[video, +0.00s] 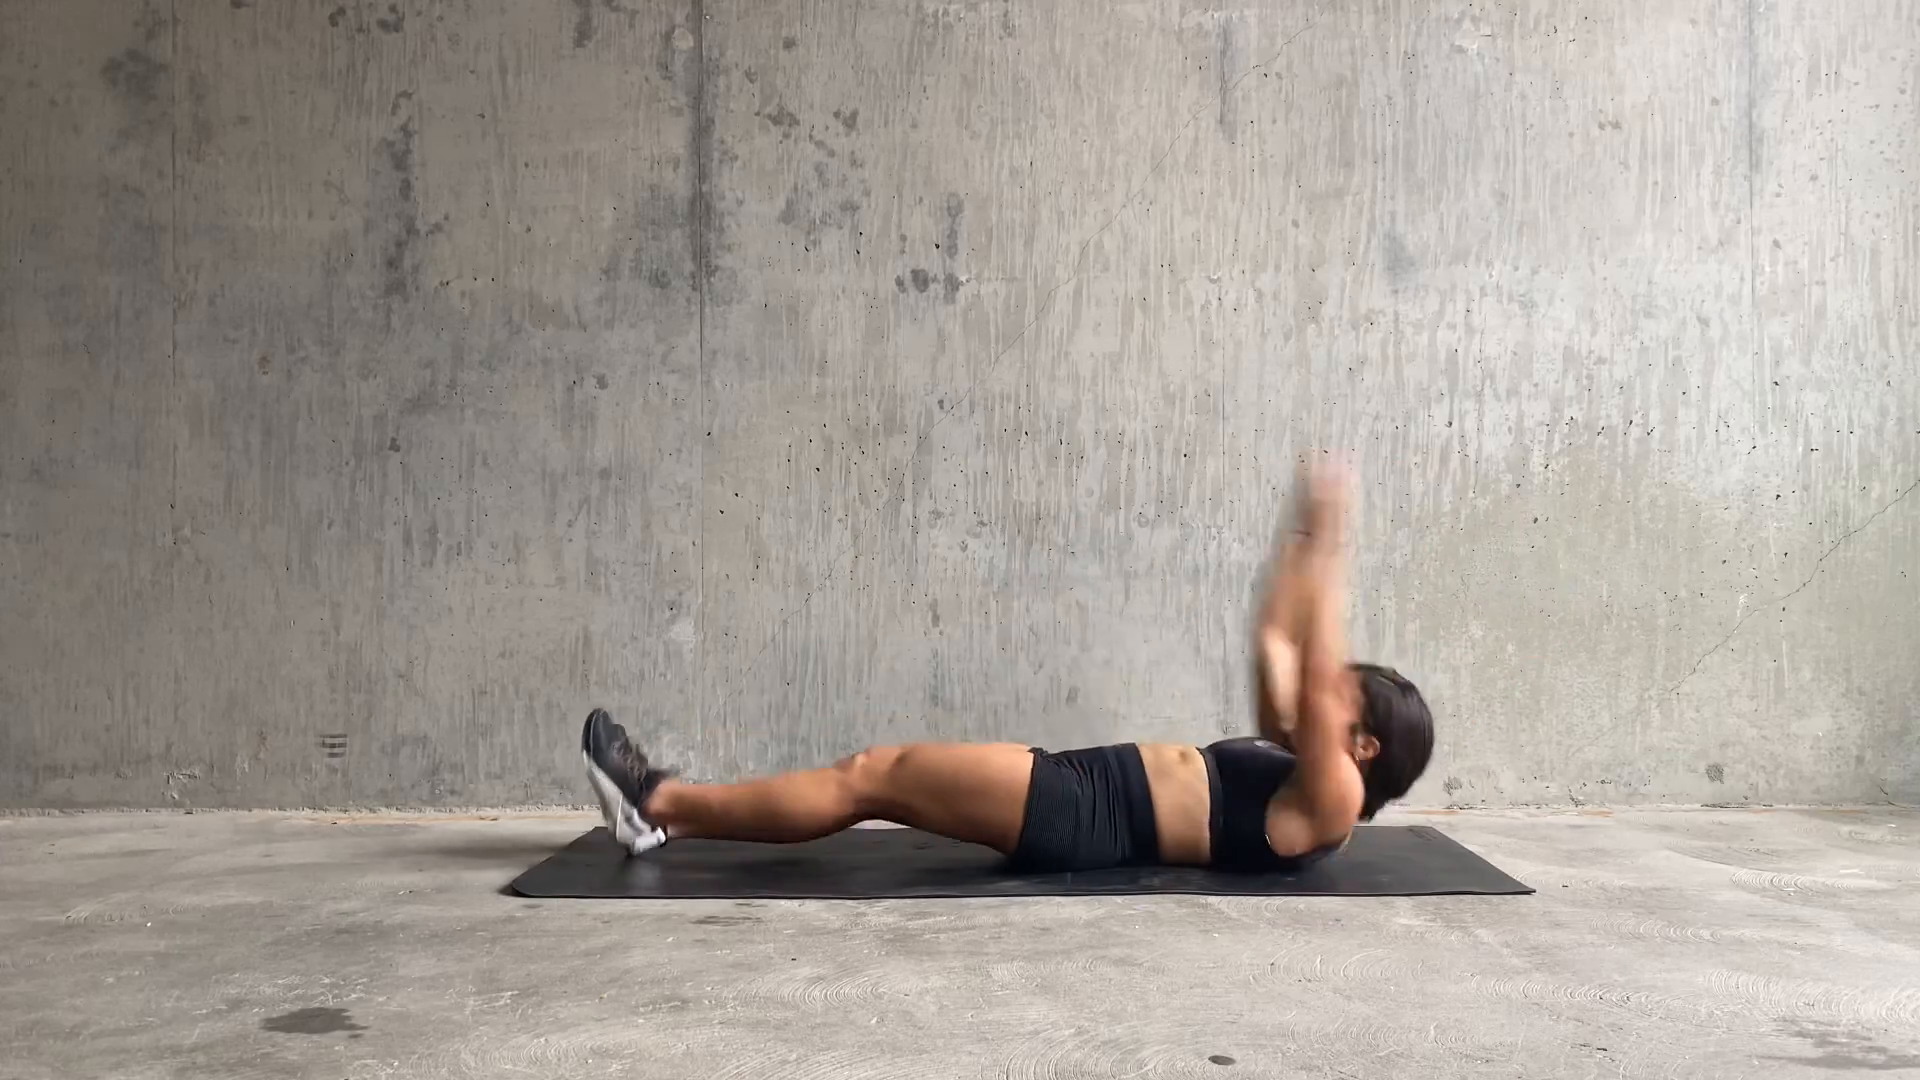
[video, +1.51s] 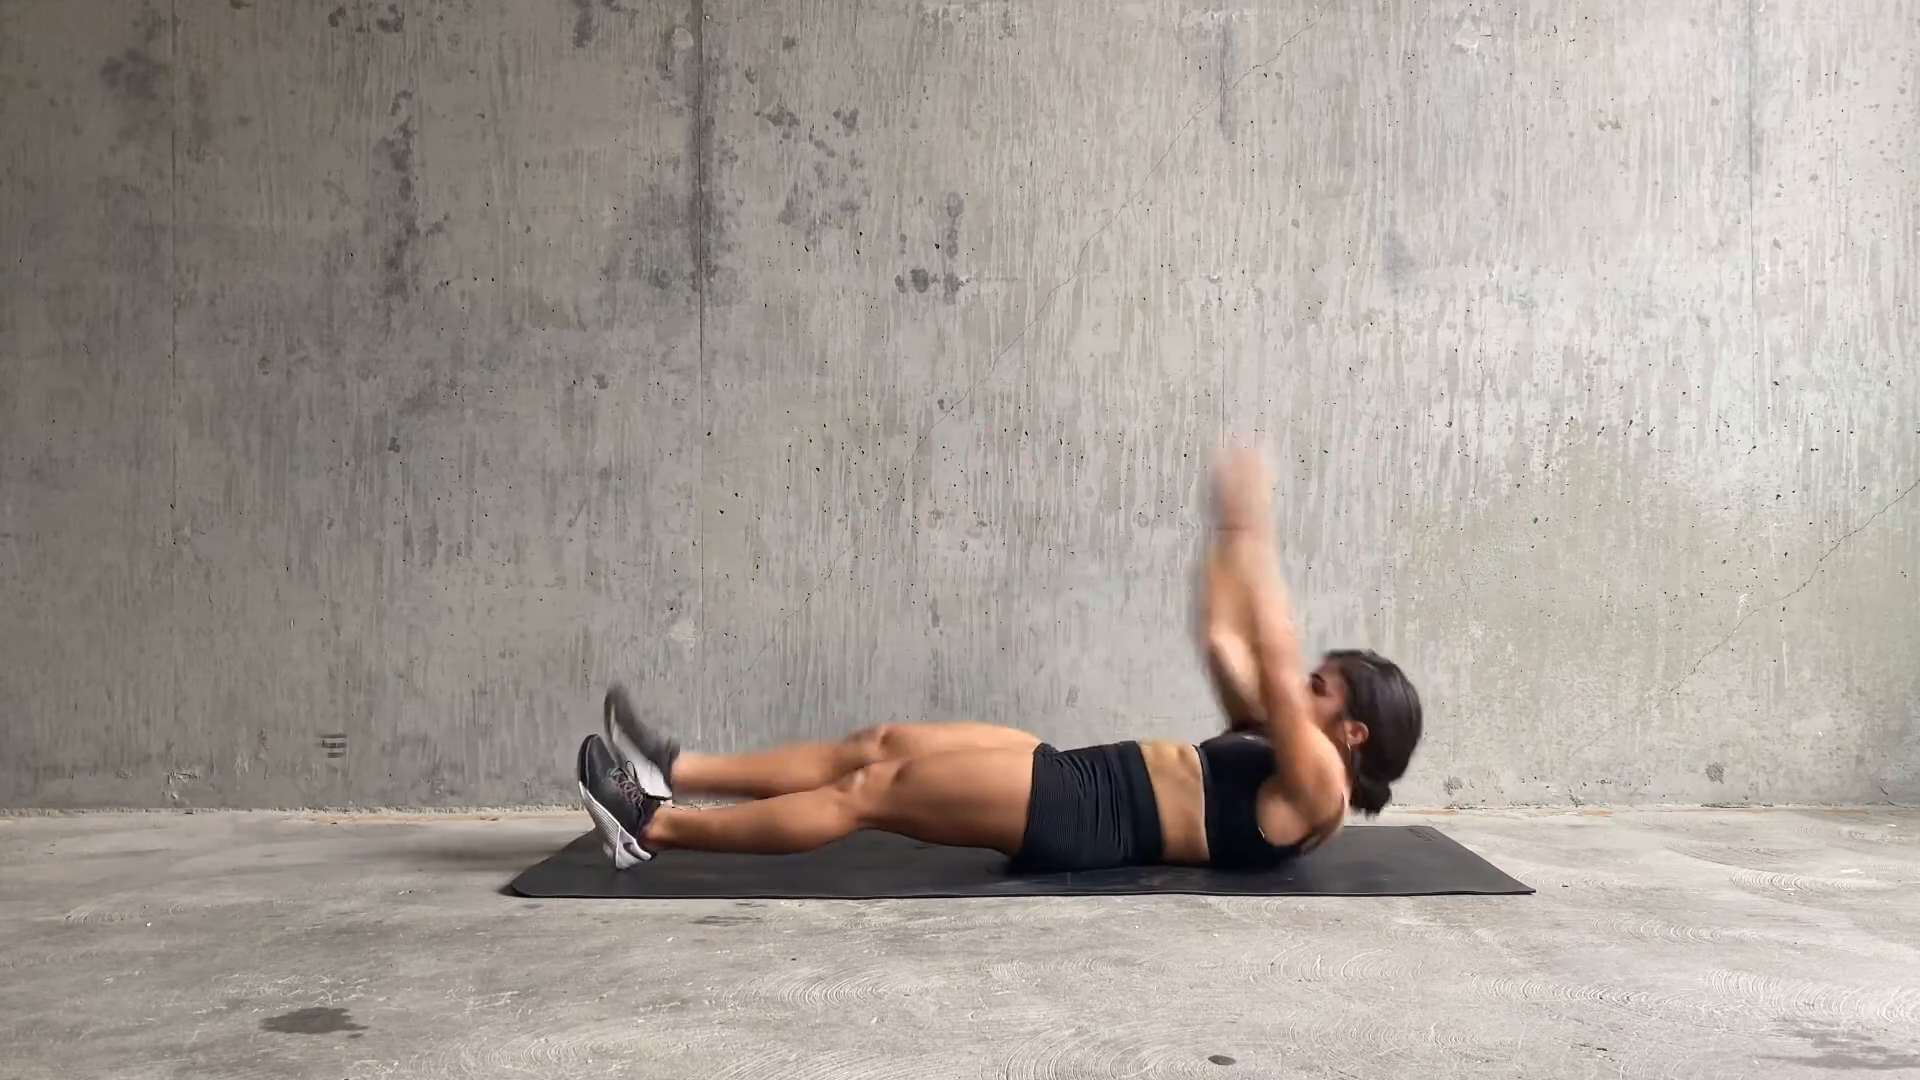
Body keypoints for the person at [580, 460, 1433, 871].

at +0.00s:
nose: (1333, 691)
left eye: (1350, 694)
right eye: (1343, 688)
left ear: (1365, 743)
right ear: (1343, 731)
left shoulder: (1331, 802)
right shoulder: (1298, 772)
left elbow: (1318, 660)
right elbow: (1272, 650)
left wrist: (1325, 537)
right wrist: (1299, 542)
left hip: (1079, 812)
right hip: (1081, 795)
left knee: (878, 776)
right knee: (884, 777)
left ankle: (661, 804)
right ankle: (675, 801)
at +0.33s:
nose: (1172, 558)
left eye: (1191, 554)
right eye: (1184, 547)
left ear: (1229, 593)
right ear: (1221, 589)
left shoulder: (1214, 671)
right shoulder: (1170, 632)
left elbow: (1078, 660)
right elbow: (1045, 579)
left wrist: (948, 612)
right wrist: (945, 511)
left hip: (1070, 813)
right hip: (1047, 788)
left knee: (955, 622)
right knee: (846, 775)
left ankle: (819, 472)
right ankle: (645, 811)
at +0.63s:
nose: (1189, 563)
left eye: (1206, 558)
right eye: (1200, 552)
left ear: (1243, 595)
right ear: (1238, 593)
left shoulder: (1222, 670)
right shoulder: (1196, 642)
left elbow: (1090, 632)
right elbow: (1078, 588)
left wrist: (968, 572)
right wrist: (993, 505)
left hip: (1076, 816)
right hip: (1056, 795)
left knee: (952, 640)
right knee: (849, 786)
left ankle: (790, 489)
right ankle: (647, 810)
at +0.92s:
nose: (1286, 666)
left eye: (1302, 663)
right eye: (1292, 661)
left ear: (1328, 702)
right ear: (1308, 696)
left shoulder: (1299, 768)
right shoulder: (1259, 740)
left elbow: (1273, 631)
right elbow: (1233, 620)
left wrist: (1267, 501)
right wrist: (1247, 508)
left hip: (1077, 811)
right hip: (1067, 795)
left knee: (873, 760)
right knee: (859, 786)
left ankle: (654, 760)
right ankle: (654, 815)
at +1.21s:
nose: (1316, 698)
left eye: (1335, 694)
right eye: (1331, 686)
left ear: (1358, 735)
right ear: (1340, 717)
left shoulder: (1321, 809)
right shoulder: (1305, 782)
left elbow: (1426, 709)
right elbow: (1401, 684)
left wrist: (1507, 615)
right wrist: (1488, 605)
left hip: (1082, 807)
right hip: (1082, 790)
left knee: (873, 785)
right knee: (874, 782)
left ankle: (653, 822)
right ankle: (666, 816)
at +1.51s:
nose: (1301, 686)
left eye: (1320, 686)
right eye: (1313, 677)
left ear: (1348, 726)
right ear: (1339, 721)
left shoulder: (1320, 789)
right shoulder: (1285, 753)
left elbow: (1273, 643)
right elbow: (1228, 645)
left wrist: (1248, 530)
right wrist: (1232, 530)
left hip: (1079, 809)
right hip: (1074, 776)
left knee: (876, 788)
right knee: (879, 747)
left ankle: (651, 833)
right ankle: (670, 774)